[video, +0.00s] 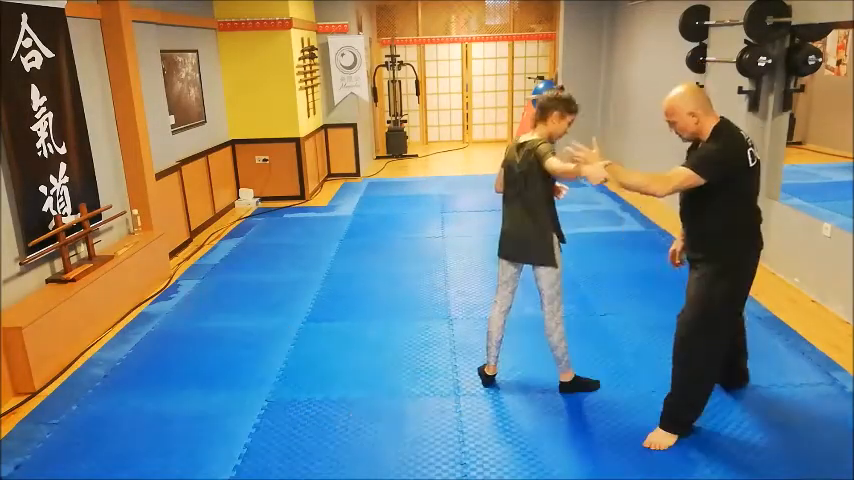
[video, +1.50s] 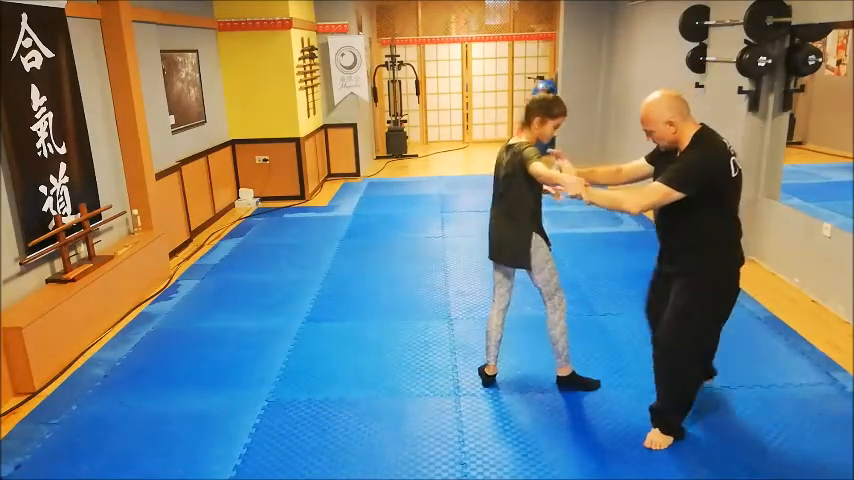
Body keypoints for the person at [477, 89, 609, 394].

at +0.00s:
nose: (567, 130)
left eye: (569, 125)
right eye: (567, 123)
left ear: (545, 117)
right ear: (552, 117)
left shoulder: (515, 146)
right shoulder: (541, 147)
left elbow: (500, 186)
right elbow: (557, 168)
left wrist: (544, 188)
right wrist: (585, 169)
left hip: (511, 235)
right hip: (542, 236)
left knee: (501, 301)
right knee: (552, 307)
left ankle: (489, 368)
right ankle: (566, 376)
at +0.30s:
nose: (563, 129)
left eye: (565, 123)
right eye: (562, 122)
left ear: (539, 118)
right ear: (547, 117)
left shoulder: (511, 147)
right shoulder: (537, 147)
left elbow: (498, 186)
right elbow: (550, 171)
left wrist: (543, 188)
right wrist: (581, 173)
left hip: (510, 236)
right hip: (540, 237)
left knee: (502, 301)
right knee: (551, 306)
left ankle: (490, 368)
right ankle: (566, 376)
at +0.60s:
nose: (558, 124)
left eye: (559, 118)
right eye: (555, 118)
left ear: (531, 117)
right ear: (538, 116)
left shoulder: (508, 147)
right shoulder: (535, 149)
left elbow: (496, 187)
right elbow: (549, 171)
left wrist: (541, 187)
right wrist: (581, 175)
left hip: (508, 237)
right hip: (538, 238)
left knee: (502, 301)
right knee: (551, 308)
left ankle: (490, 368)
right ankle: (566, 376)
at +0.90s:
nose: (554, 125)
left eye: (555, 118)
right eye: (551, 118)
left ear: (530, 116)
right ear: (534, 116)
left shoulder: (504, 149)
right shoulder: (531, 150)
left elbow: (494, 188)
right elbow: (550, 172)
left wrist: (539, 189)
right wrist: (583, 173)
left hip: (507, 237)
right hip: (537, 238)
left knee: (502, 301)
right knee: (550, 307)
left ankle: (490, 368)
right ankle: (566, 376)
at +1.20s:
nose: (551, 128)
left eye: (553, 122)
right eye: (549, 121)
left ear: (528, 118)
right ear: (533, 117)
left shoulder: (502, 148)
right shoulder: (526, 148)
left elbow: (490, 189)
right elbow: (546, 173)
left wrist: (535, 190)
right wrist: (579, 175)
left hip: (504, 238)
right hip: (534, 238)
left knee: (501, 301)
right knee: (554, 304)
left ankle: (490, 369)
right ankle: (566, 375)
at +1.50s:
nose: (556, 133)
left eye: (558, 127)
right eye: (555, 126)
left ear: (532, 122)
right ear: (537, 121)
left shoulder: (508, 147)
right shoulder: (529, 149)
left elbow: (519, 179)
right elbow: (540, 172)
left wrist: (547, 181)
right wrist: (568, 180)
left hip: (500, 234)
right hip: (527, 236)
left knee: (499, 301)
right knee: (554, 300)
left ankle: (489, 369)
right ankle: (565, 372)